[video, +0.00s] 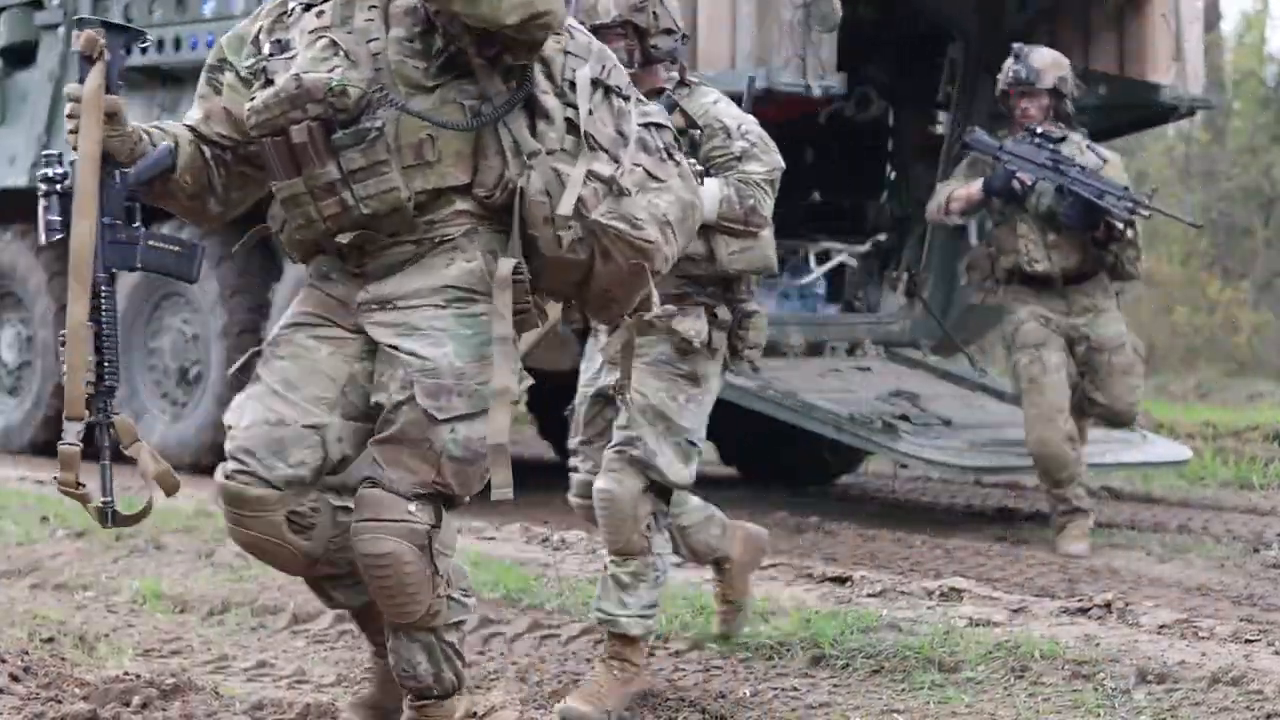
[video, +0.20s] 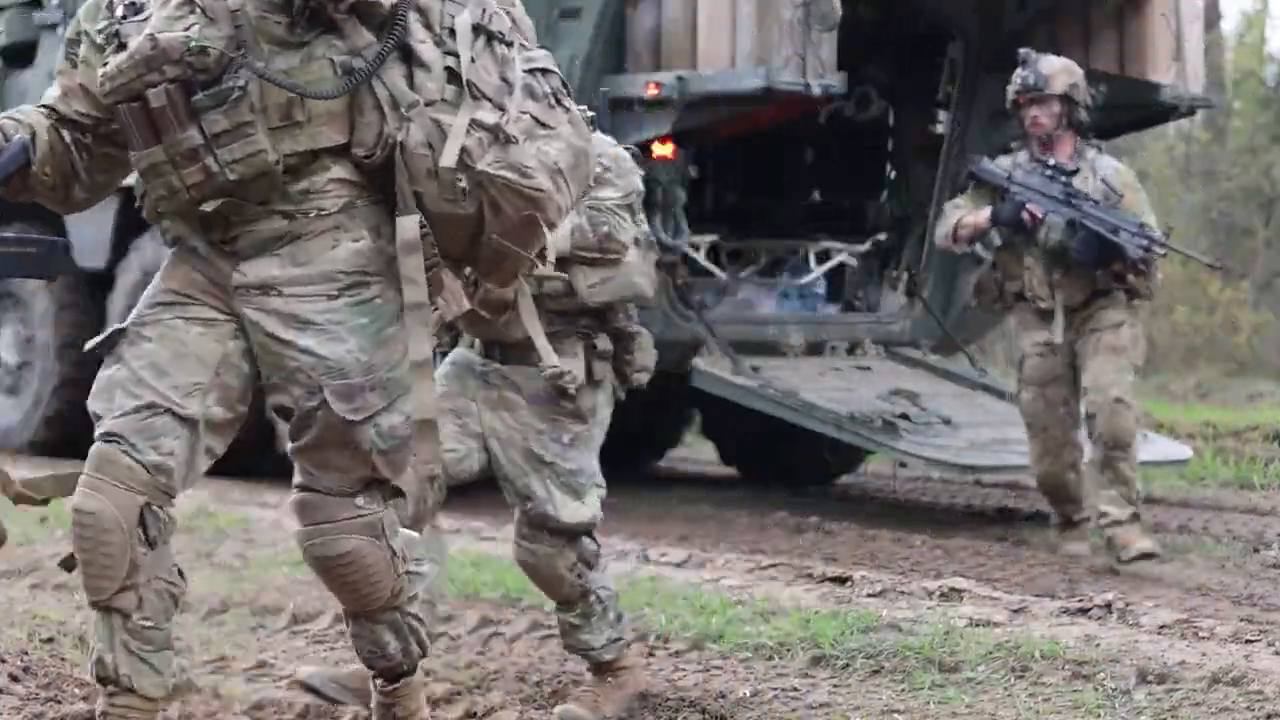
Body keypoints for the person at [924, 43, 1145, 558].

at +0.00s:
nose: (1022, 106)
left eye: (1032, 97)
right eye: (1016, 97)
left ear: (1056, 99)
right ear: (1008, 100)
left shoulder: (1098, 160)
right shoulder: (992, 155)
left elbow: (1124, 241)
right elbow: (936, 209)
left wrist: (1102, 225)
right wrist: (988, 188)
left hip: (1092, 297)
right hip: (1027, 299)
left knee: (1121, 406)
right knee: (1049, 423)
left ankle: (1072, 403)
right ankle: (1073, 515)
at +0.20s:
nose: (1031, 115)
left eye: (1042, 105)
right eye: (1025, 106)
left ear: (1069, 108)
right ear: (1019, 112)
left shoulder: (1110, 174)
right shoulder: (1002, 172)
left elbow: (1149, 247)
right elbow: (946, 227)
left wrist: (1127, 261)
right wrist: (986, 220)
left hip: (1104, 310)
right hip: (1036, 317)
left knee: (1112, 411)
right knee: (1048, 452)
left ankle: (1122, 525)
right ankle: (1073, 519)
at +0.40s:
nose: (1041, 109)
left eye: (1052, 99)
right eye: (1033, 99)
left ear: (1077, 102)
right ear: (1024, 103)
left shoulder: (1114, 170)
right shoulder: (1007, 162)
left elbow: (1145, 258)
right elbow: (949, 222)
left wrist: (1111, 263)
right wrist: (992, 206)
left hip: (1101, 322)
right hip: (1031, 325)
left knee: (1108, 446)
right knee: (1036, 453)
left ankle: (1120, 557)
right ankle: (1071, 495)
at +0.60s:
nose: (1000, 79)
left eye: (1012, 67)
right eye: (993, 69)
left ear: (1043, 68)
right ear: (987, 73)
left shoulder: (1084, 141)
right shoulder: (979, 136)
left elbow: (1107, 239)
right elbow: (914, 203)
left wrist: (1062, 247)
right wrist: (950, 183)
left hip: (1073, 307)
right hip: (1001, 308)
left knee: (1093, 437)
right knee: (993, 420)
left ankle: (1120, 559)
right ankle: (1003, 547)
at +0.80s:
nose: (949, 82)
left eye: (962, 69)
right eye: (943, 69)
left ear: (996, 72)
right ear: (935, 71)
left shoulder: (1041, 142)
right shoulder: (932, 138)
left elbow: (1061, 242)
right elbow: (878, 222)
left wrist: (1001, 243)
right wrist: (897, 191)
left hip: (1032, 314)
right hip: (959, 315)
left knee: (1008, 421)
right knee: (949, 458)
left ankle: (1069, 496)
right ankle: (998, 564)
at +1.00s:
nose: (907, 60)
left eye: (919, 47)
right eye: (899, 49)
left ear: (952, 46)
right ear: (892, 51)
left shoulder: (1001, 123)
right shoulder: (883, 116)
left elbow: (1018, 225)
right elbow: (828, 202)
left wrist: (968, 246)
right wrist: (853, 170)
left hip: (982, 302)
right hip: (909, 306)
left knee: (958, 444)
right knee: (927, 460)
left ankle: (948, 587)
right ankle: (1007, 524)